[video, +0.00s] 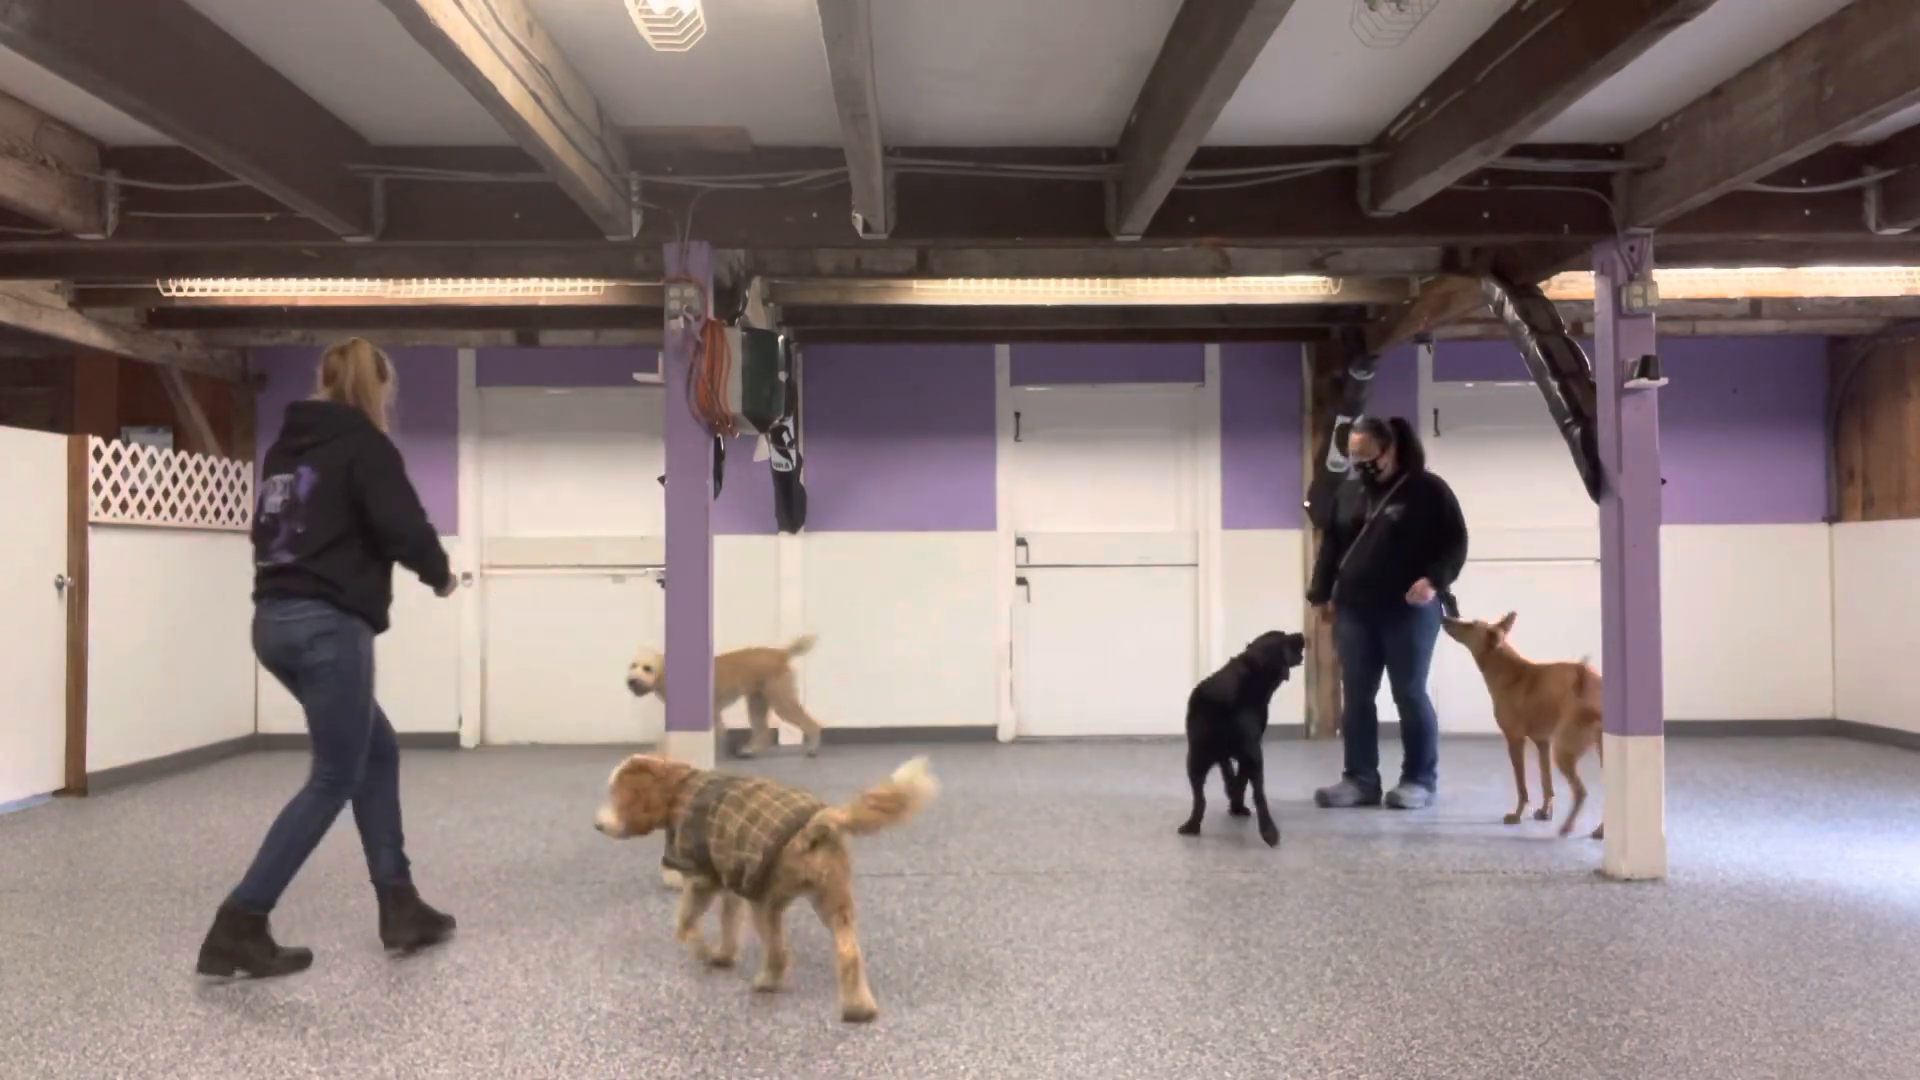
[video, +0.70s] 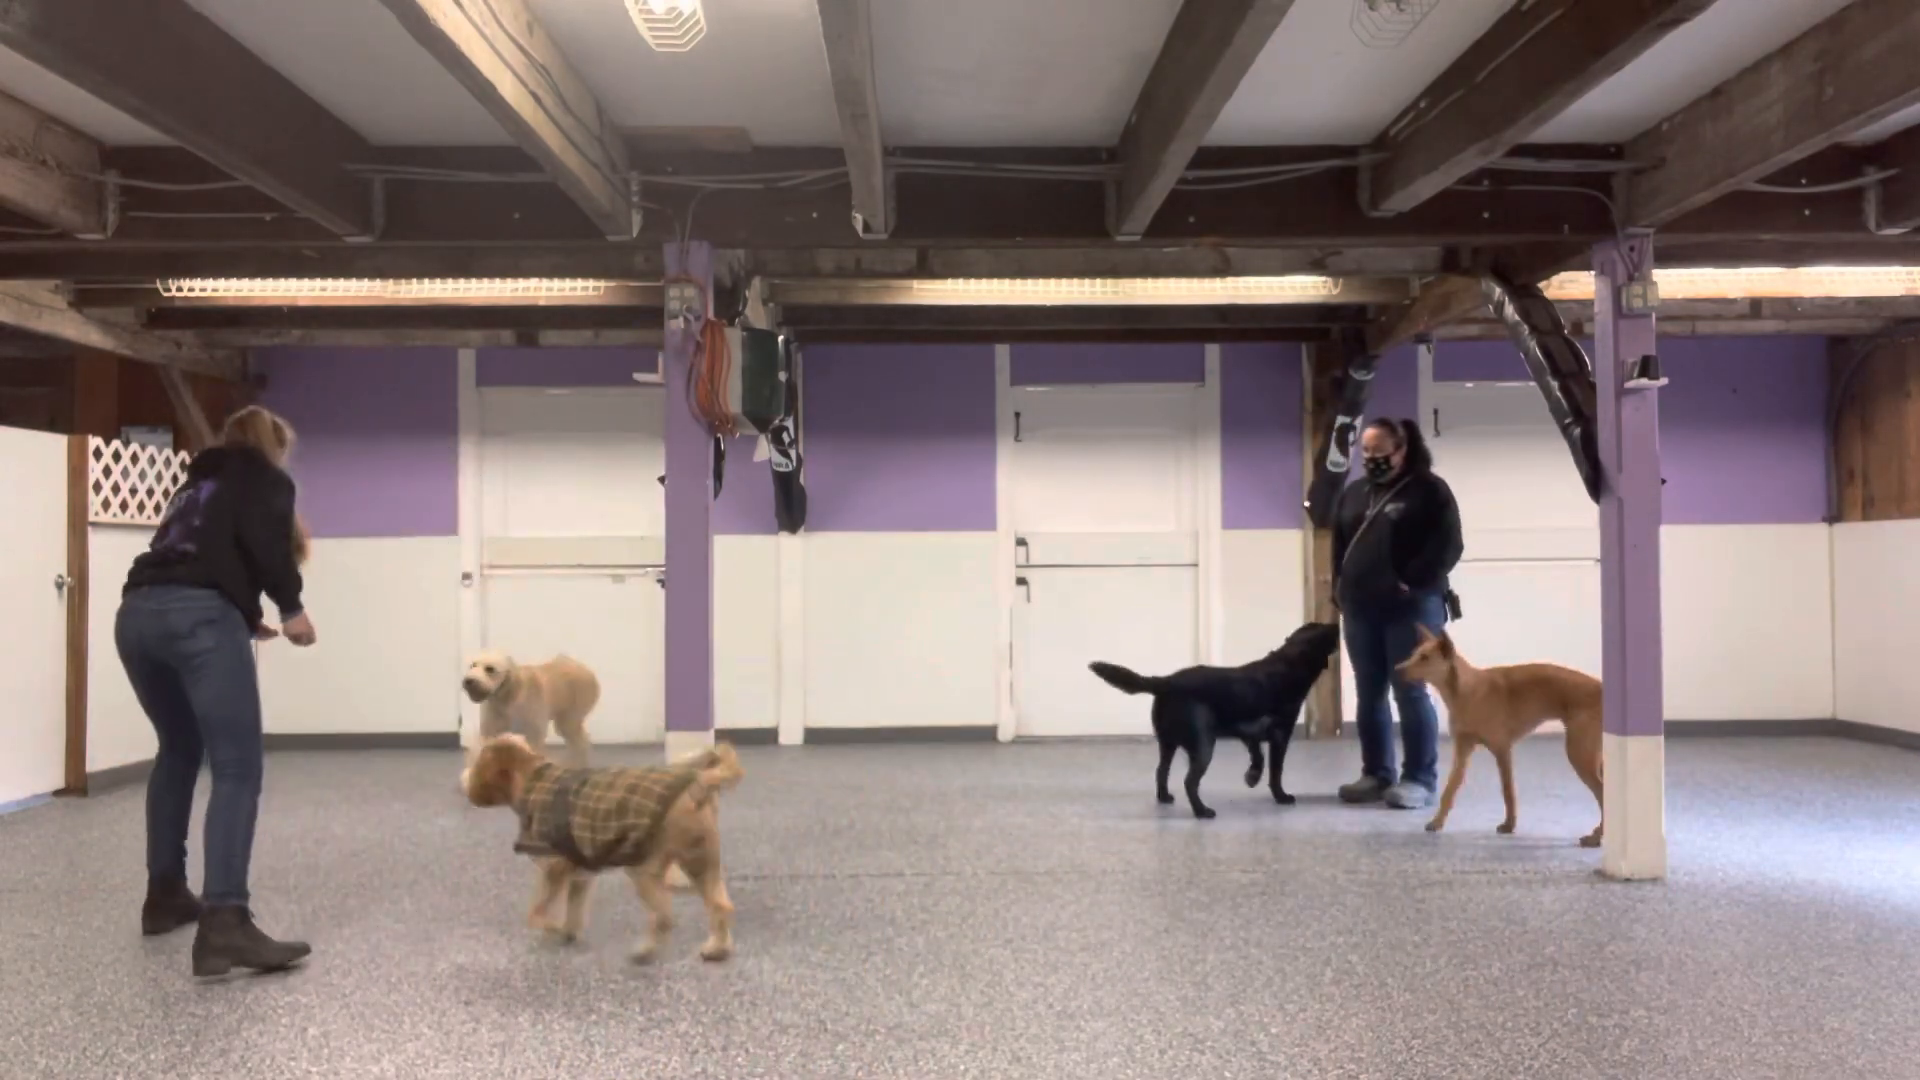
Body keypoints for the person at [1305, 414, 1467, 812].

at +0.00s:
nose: (1367, 468)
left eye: (1372, 459)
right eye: (1361, 461)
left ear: (1393, 448)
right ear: (1354, 457)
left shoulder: (1428, 489)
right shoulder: (1353, 489)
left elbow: (1456, 541)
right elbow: (1334, 542)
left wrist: (1434, 580)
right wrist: (1322, 593)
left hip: (1410, 606)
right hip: (1356, 608)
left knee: (1409, 694)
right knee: (1357, 697)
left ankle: (1419, 782)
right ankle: (1361, 780)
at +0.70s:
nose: (1372, 461)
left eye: (1379, 453)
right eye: (1367, 454)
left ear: (1402, 449)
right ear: (1360, 454)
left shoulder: (1430, 490)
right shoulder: (1355, 492)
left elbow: (1450, 545)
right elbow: (1342, 542)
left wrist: (1415, 584)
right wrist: (1340, 586)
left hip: (1411, 602)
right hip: (1361, 603)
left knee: (1411, 690)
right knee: (1370, 693)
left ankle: (1419, 782)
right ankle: (1378, 774)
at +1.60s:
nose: (1360, 461)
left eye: (1367, 452)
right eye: (1354, 454)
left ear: (1391, 447)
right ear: (1350, 456)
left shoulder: (1422, 487)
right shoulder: (1352, 492)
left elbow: (1450, 535)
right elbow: (1328, 521)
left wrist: (1410, 575)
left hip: (1407, 602)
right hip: (1356, 603)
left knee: (1409, 690)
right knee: (1368, 691)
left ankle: (1419, 781)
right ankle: (1377, 774)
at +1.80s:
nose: (1364, 451)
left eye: (1372, 444)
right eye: (1359, 445)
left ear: (1395, 445)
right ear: (1353, 451)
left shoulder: (1422, 485)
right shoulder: (1353, 489)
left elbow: (1450, 534)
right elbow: (1322, 513)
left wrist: (1411, 574)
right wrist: (1330, 466)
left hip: (1406, 600)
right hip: (1356, 602)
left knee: (1410, 691)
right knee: (1368, 691)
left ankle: (1419, 781)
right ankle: (1377, 774)